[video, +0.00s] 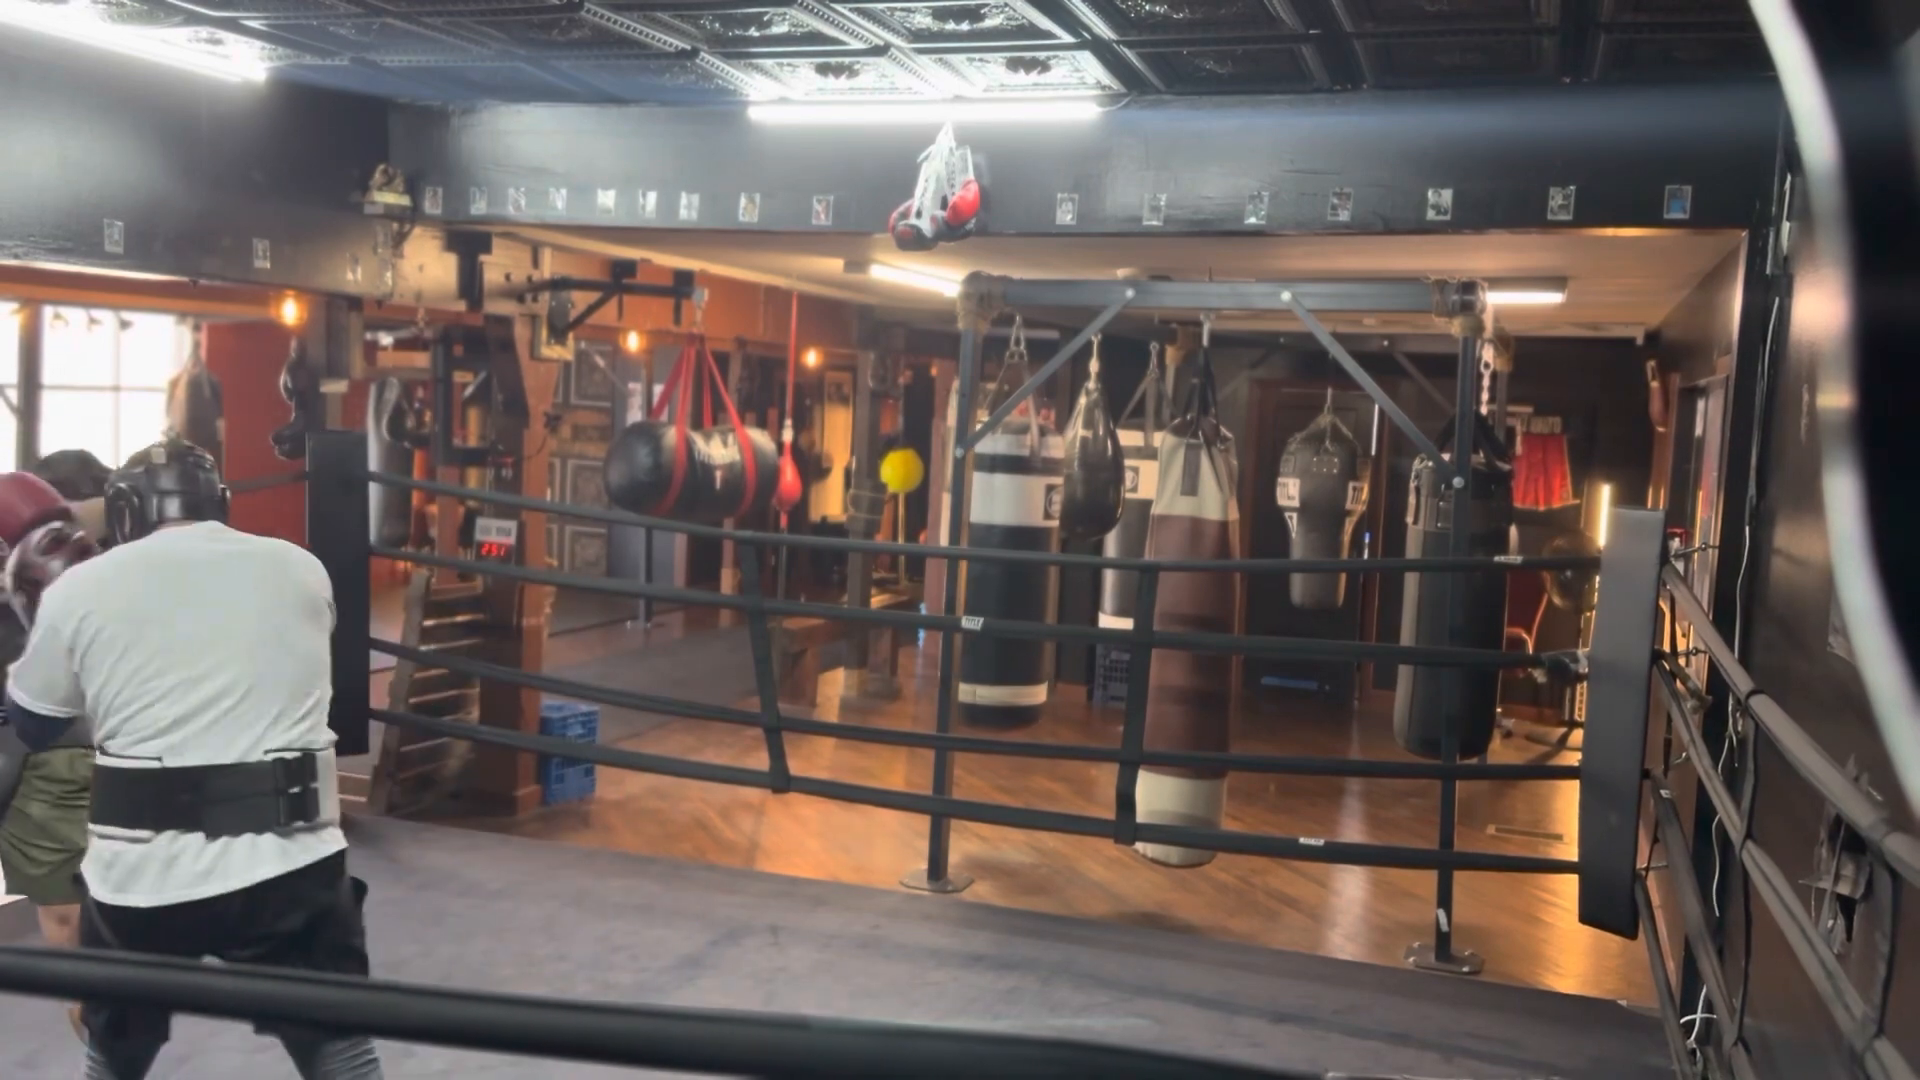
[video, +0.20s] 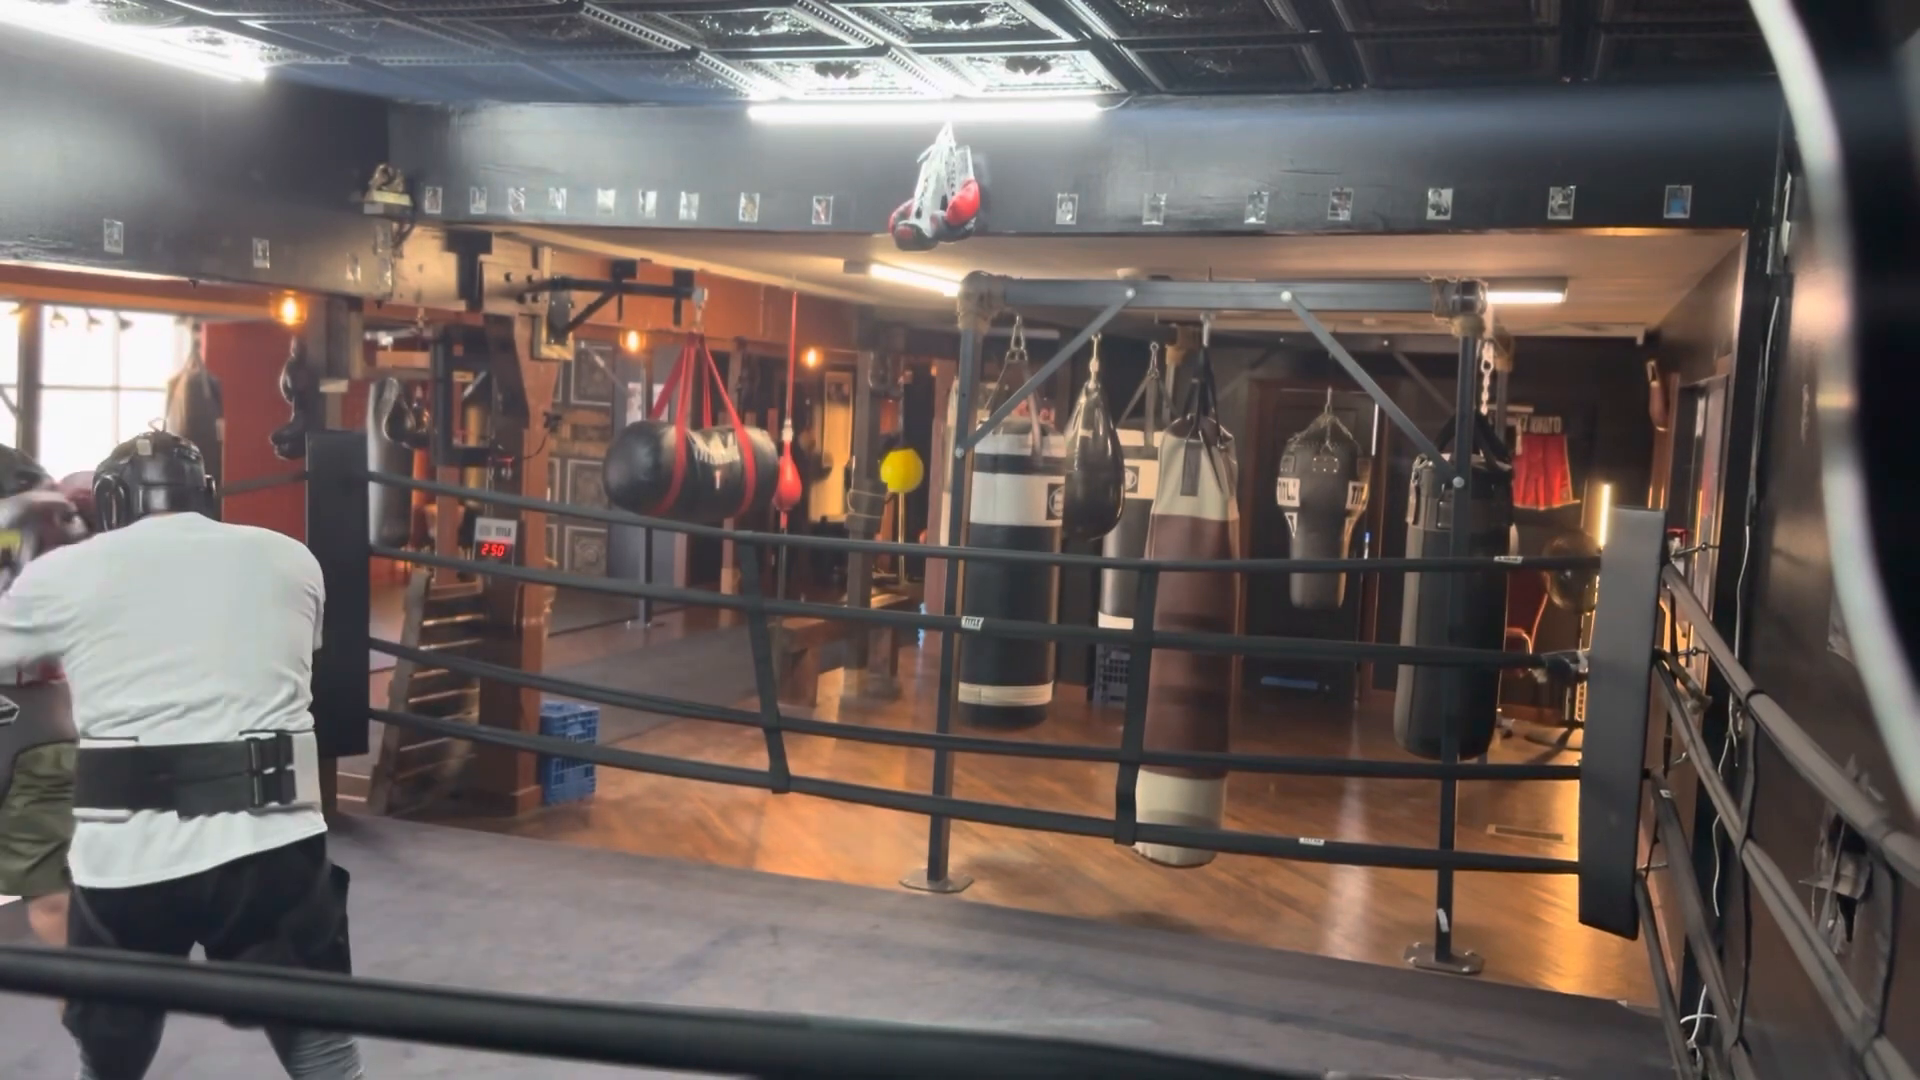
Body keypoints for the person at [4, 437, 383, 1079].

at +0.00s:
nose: (103, 522)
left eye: (110, 509)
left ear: (127, 514)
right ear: (219, 507)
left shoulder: (80, 591)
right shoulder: (302, 569)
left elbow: (33, 728)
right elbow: (294, 686)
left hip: (142, 893)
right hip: (291, 882)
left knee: (115, 1052)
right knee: (341, 1051)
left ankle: (111, 1060)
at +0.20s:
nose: (93, 513)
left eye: (97, 502)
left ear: (110, 504)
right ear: (207, 499)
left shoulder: (56, 576)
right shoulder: (292, 559)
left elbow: (8, 663)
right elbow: (289, 673)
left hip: (126, 861)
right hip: (273, 850)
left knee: (109, 1058)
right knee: (323, 1046)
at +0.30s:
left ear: (135, 495)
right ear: (228, 489)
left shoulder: (83, 558)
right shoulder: (301, 553)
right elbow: (329, 659)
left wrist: (70, 506)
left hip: (131, 857)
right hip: (273, 850)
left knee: (110, 1058)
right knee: (318, 1048)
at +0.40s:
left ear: (162, 489)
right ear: (253, 490)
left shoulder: (110, 547)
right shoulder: (325, 559)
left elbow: (49, 574)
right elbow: (340, 675)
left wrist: (88, 506)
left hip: (132, 855)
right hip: (276, 853)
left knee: (109, 1052)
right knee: (313, 1055)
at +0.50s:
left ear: (215, 488)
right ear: (306, 496)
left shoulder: (144, 553)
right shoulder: (361, 578)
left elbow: (71, 660)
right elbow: (355, 731)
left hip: (135, 854)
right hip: (272, 863)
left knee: (112, 1017)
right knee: (313, 1049)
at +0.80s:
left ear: (183, 499)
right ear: (272, 501)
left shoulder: (123, 559)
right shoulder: (334, 571)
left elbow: (97, 674)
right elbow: (346, 701)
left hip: (146, 844)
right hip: (278, 848)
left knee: (115, 1007)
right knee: (295, 1041)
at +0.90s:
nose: (134, 498)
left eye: (139, 490)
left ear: (148, 492)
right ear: (233, 492)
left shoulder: (109, 551)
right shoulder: (305, 561)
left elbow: (38, 600)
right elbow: (322, 659)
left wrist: (75, 524)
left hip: (134, 833)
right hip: (263, 832)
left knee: (107, 998)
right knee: (298, 1023)